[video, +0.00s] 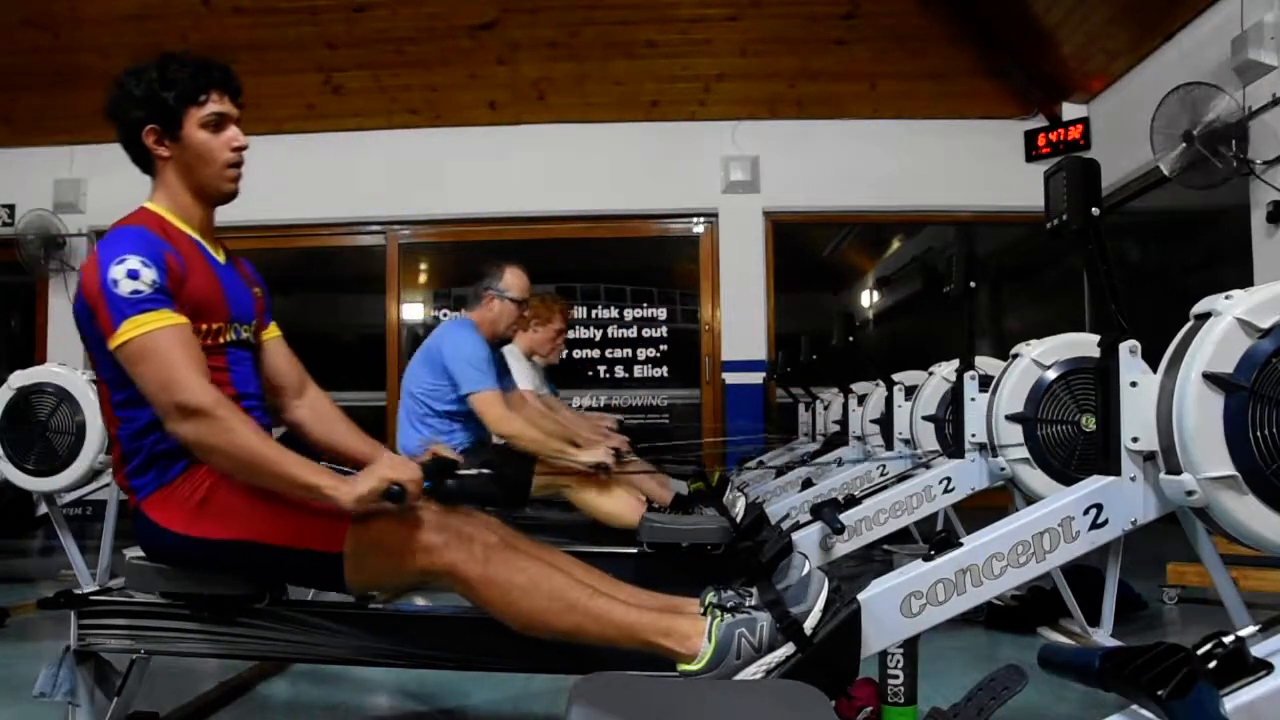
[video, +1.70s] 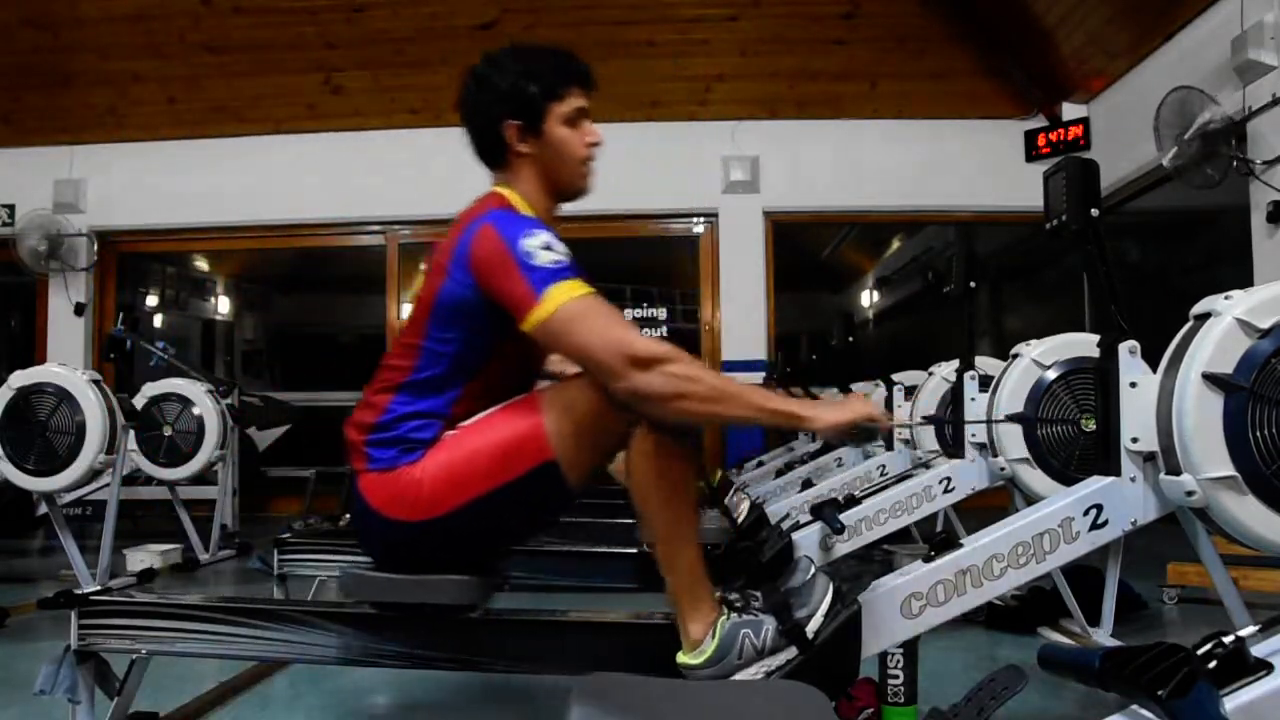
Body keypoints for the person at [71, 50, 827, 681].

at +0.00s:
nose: (238, 140)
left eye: (238, 124)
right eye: (215, 124)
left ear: (224, 141)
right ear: (158, 140)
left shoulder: (226, 267)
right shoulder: (131, 255)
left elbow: (291, 391)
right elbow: (194, 420)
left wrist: (375, 460)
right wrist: (335, 488)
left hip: (259, 482)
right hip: (193, 495)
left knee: (471, 524)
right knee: (447, 538)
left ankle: (692, 623)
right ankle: (690, 639)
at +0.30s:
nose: (331, 143)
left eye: (331, 126)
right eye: (311, 126)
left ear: (297, 138)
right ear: (251, 138)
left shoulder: (300, 261)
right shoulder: (215, 245)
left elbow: (382, 383)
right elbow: (301, 399)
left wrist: (480, 463)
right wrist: (456, 480)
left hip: (273, 475)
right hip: (210, 491)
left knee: (499, 483)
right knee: (472, 507)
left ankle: (699, 620)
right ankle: (692, 641)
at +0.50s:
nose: (408, 143)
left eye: (406, 126)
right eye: (387, 128)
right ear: (328, 140)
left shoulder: (368, 258)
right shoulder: (291, 243)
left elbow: (447, 382)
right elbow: (384, 395)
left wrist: (554, 468)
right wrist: (539, 475)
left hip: (302, 475)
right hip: (244, 492)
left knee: (521, 449)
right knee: (497, 468)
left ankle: (698, 618)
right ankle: (696, 645)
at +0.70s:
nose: (490, 147)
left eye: (484, 128)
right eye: (469, 131)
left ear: (424, 148)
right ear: (408, 146)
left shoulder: (428, 252)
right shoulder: (373, 243)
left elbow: (516, 377)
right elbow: (486, 392)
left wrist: (634, 469)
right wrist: (645, 474)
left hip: (345, 476)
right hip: (299, 493)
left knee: (565, 420)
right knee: (532, 431)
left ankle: (691, 611)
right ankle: (694, 640)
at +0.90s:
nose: (575, 150)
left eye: (570, 132)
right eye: (555, 134)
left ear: (507, 152)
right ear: (497, 150)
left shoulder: (490, 246)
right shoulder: (463, 246)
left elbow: (589, 384)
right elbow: (590, 393)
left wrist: (727, 458)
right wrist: (750, 469)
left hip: (408, 483)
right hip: (375, 499)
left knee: (623, 386)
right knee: (619, 396)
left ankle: (698, 616)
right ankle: (700, 642)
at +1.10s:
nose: (659, 154)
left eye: (653, 134)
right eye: (639, 136)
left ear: (589, 153)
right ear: (582, 151)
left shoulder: (565, 241)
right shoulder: (554, 245)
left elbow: (681, 371)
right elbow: (692, 383)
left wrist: (837, 452)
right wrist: (856, 456)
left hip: (476, 490)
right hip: (457, 503)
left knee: (680, 380)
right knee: (679, 392)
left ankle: (704, 613)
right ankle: (701, 631)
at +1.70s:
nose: (595, 138)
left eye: (591, 120)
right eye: (576, 121)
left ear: (528, 140)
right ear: (519, 135)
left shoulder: (513, 228)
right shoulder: (503, 232)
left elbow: (611, 359)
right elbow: (642, 373)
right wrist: (808, 415)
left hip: (431, 477)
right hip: (405, 493)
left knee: (643, 370)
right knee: (645, 386)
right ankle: (702, 630)